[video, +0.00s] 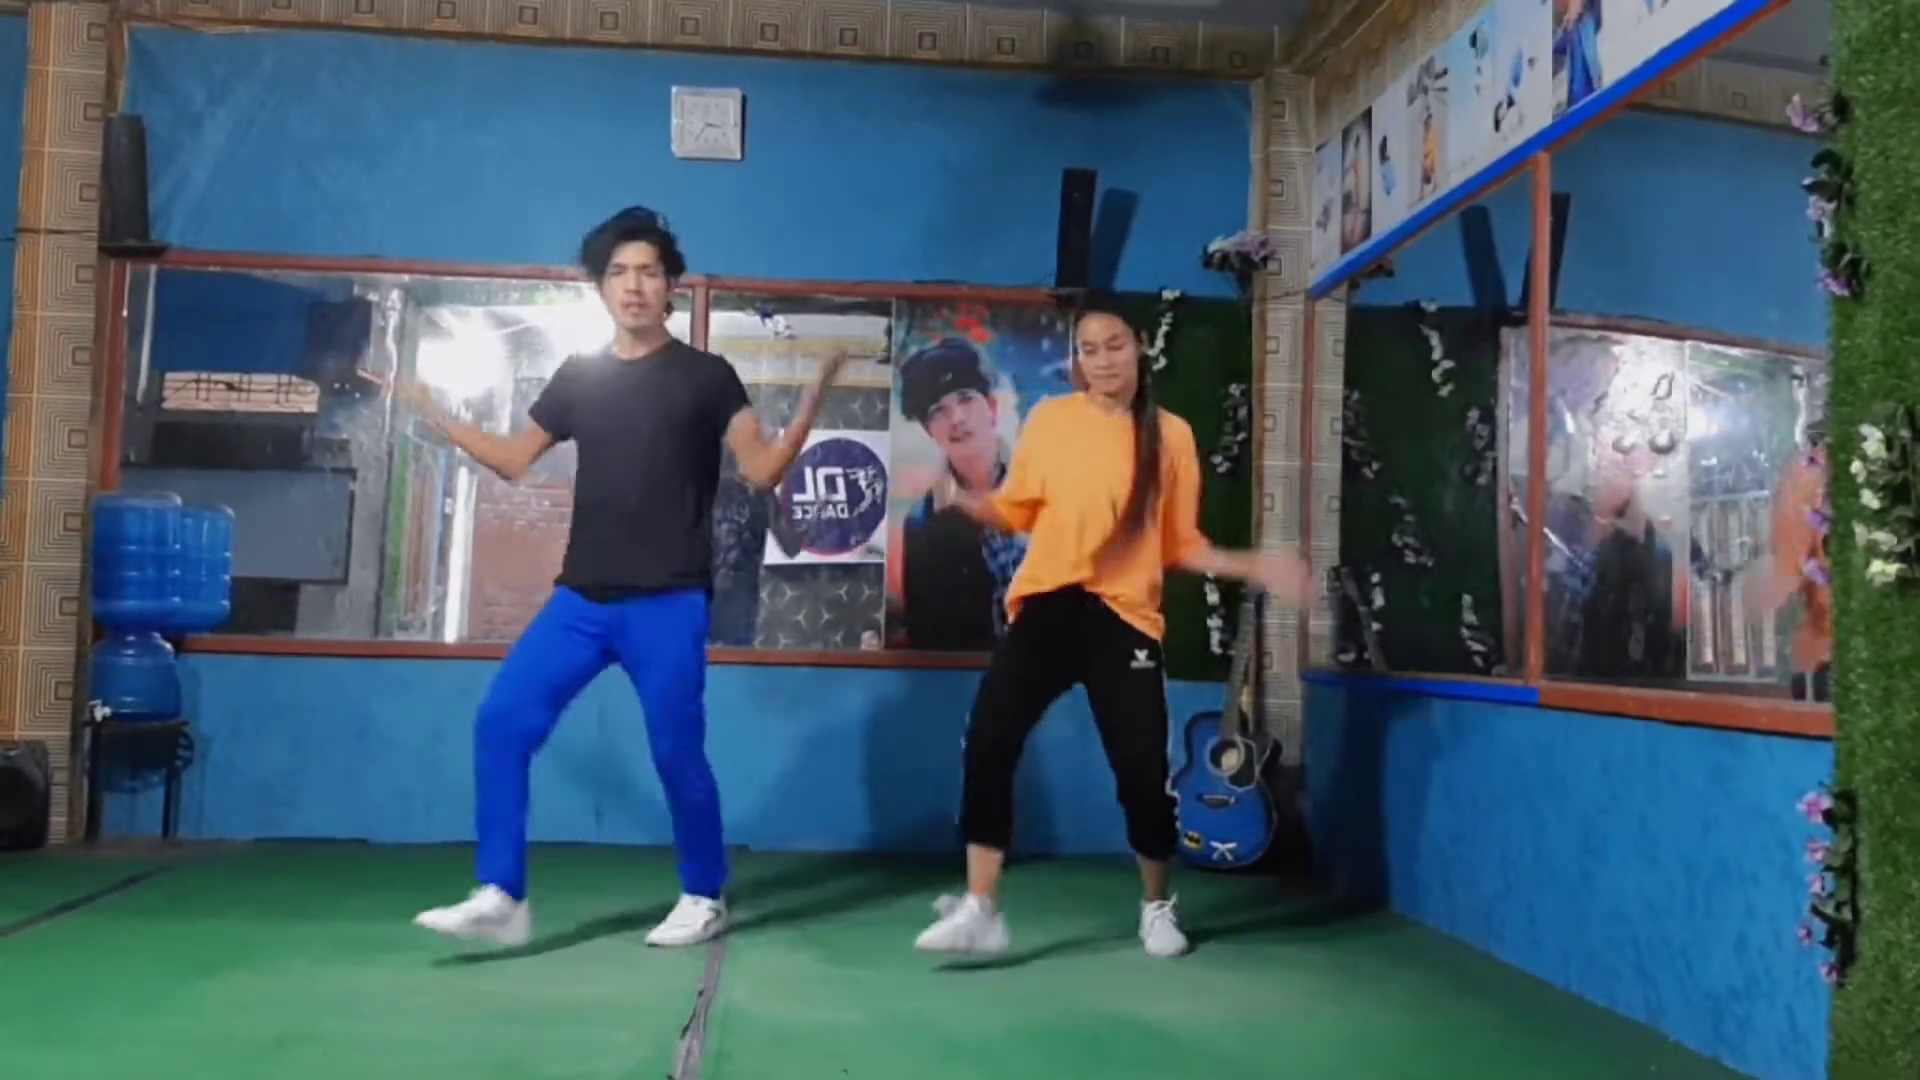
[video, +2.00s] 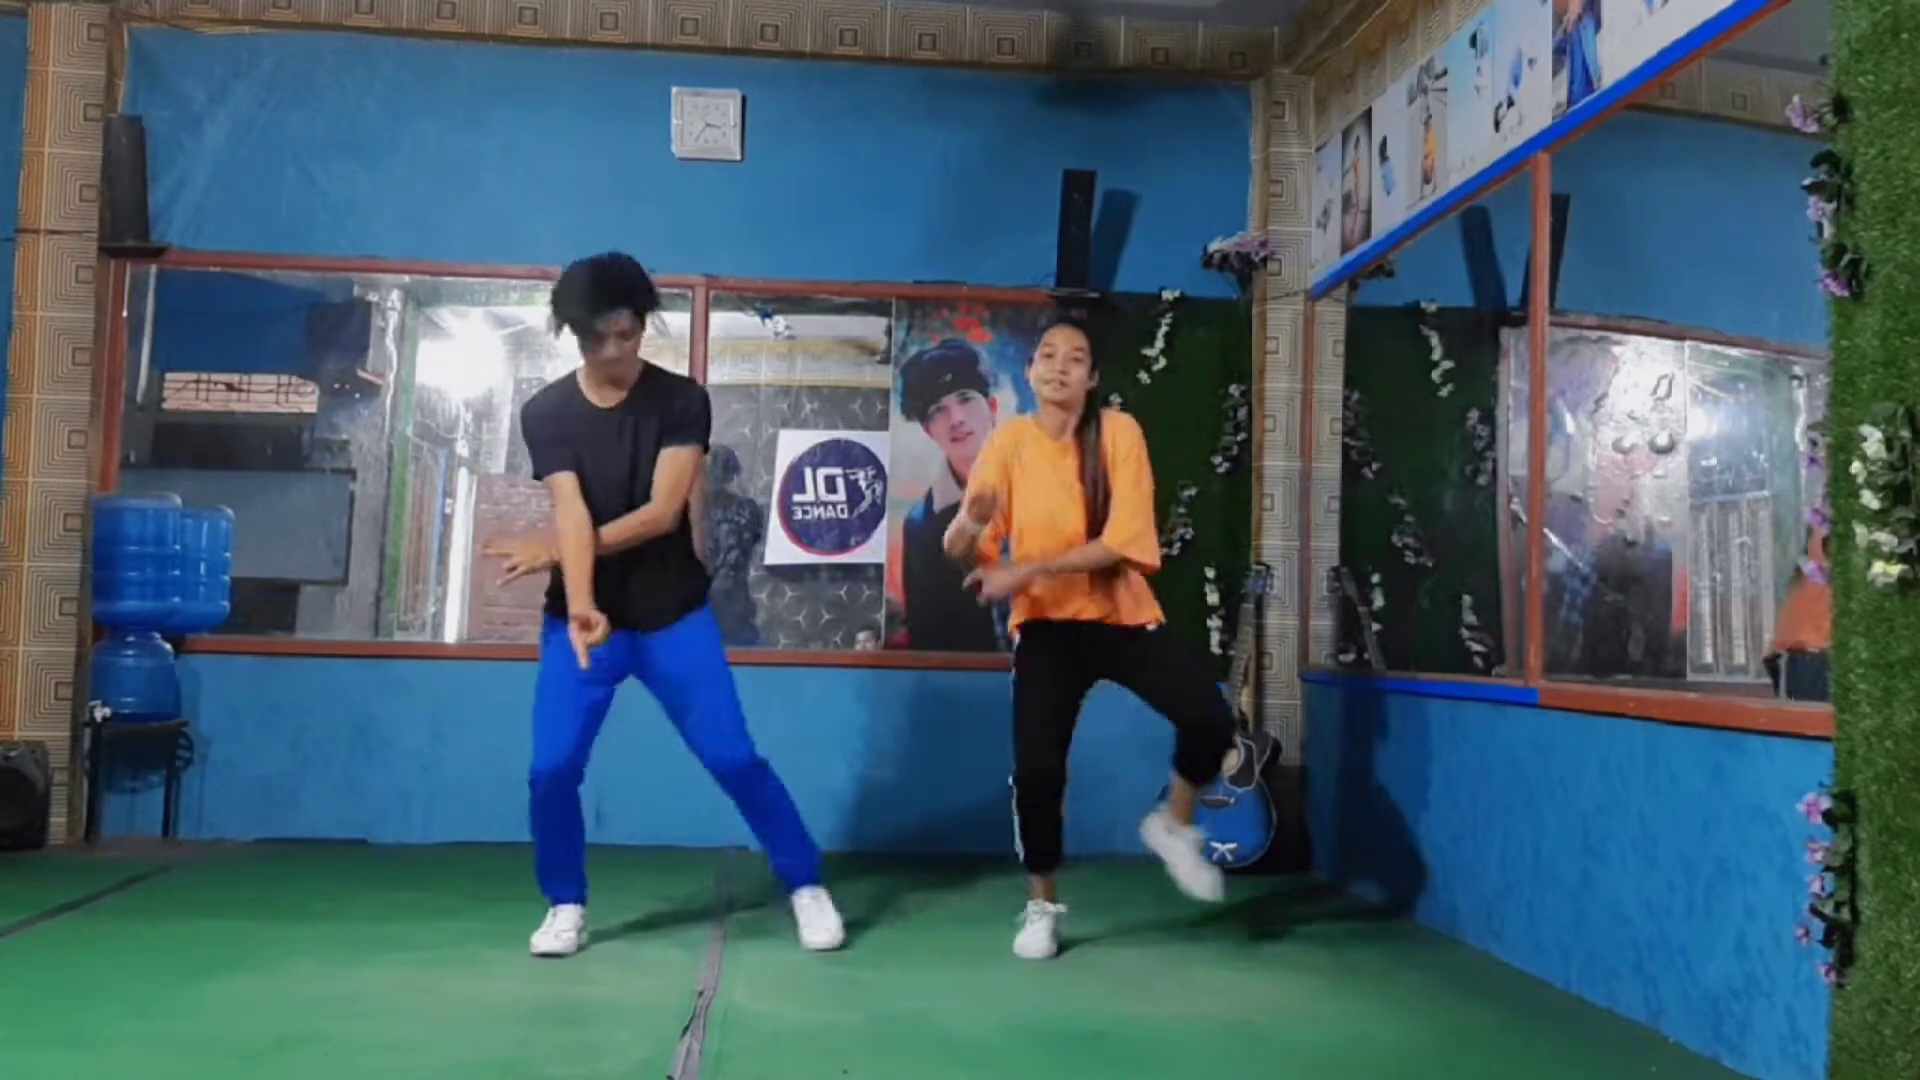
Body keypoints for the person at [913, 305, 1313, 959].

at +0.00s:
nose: (1103, 360)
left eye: (1114, 346)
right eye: (1089, 349)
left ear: (1139, 352)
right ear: (1075, 360)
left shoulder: (1169, 435)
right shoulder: (1050, 417)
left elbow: (1183, 545)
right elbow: (1016, 512)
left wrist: (1256, 566)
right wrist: (964, 499)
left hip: (1125, 616)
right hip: (1044, 610)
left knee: (1144, 766)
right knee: (988, 741)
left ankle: (1156, 906)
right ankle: (979, 910)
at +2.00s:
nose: (1060, 369)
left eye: (1074, 360)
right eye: (1049, 358)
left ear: (1093, 376)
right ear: (1030, 371)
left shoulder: (1118, 433)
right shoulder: (1009, 440)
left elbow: (1121, 544)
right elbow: (958, 551)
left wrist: (1025, 571)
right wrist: (967, 526)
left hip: (1126, 621)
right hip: (1049, 628)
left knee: (1210, 720)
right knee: (1036, 770)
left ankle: (1173, 823)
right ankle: (1042, 903)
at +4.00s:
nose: (1009, 371)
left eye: (1023, 359)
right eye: (1004, 359)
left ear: (1060, 361)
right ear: (1002, 360)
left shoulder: (1078, 421)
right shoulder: (1027, 426)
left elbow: (1078, 533)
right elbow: (1003, 528)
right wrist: (926, 527)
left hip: (1061, 628)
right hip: (1015, 619)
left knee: (1004, 762)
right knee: (909, 718)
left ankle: (1048, 907)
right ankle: (927, 873)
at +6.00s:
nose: (1039, 354)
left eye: (1050, 340)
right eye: (1027, 340)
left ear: (1066, 349)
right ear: (1003, 345)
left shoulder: (1064, 420)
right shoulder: (978, 397)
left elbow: (1106, 530)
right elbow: (885, 439)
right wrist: (972, 455)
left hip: (1061, 586)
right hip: (1006, 586)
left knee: (1061, 740)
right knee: (1100, 729)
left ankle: (1011, 892)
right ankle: (1149, 898)